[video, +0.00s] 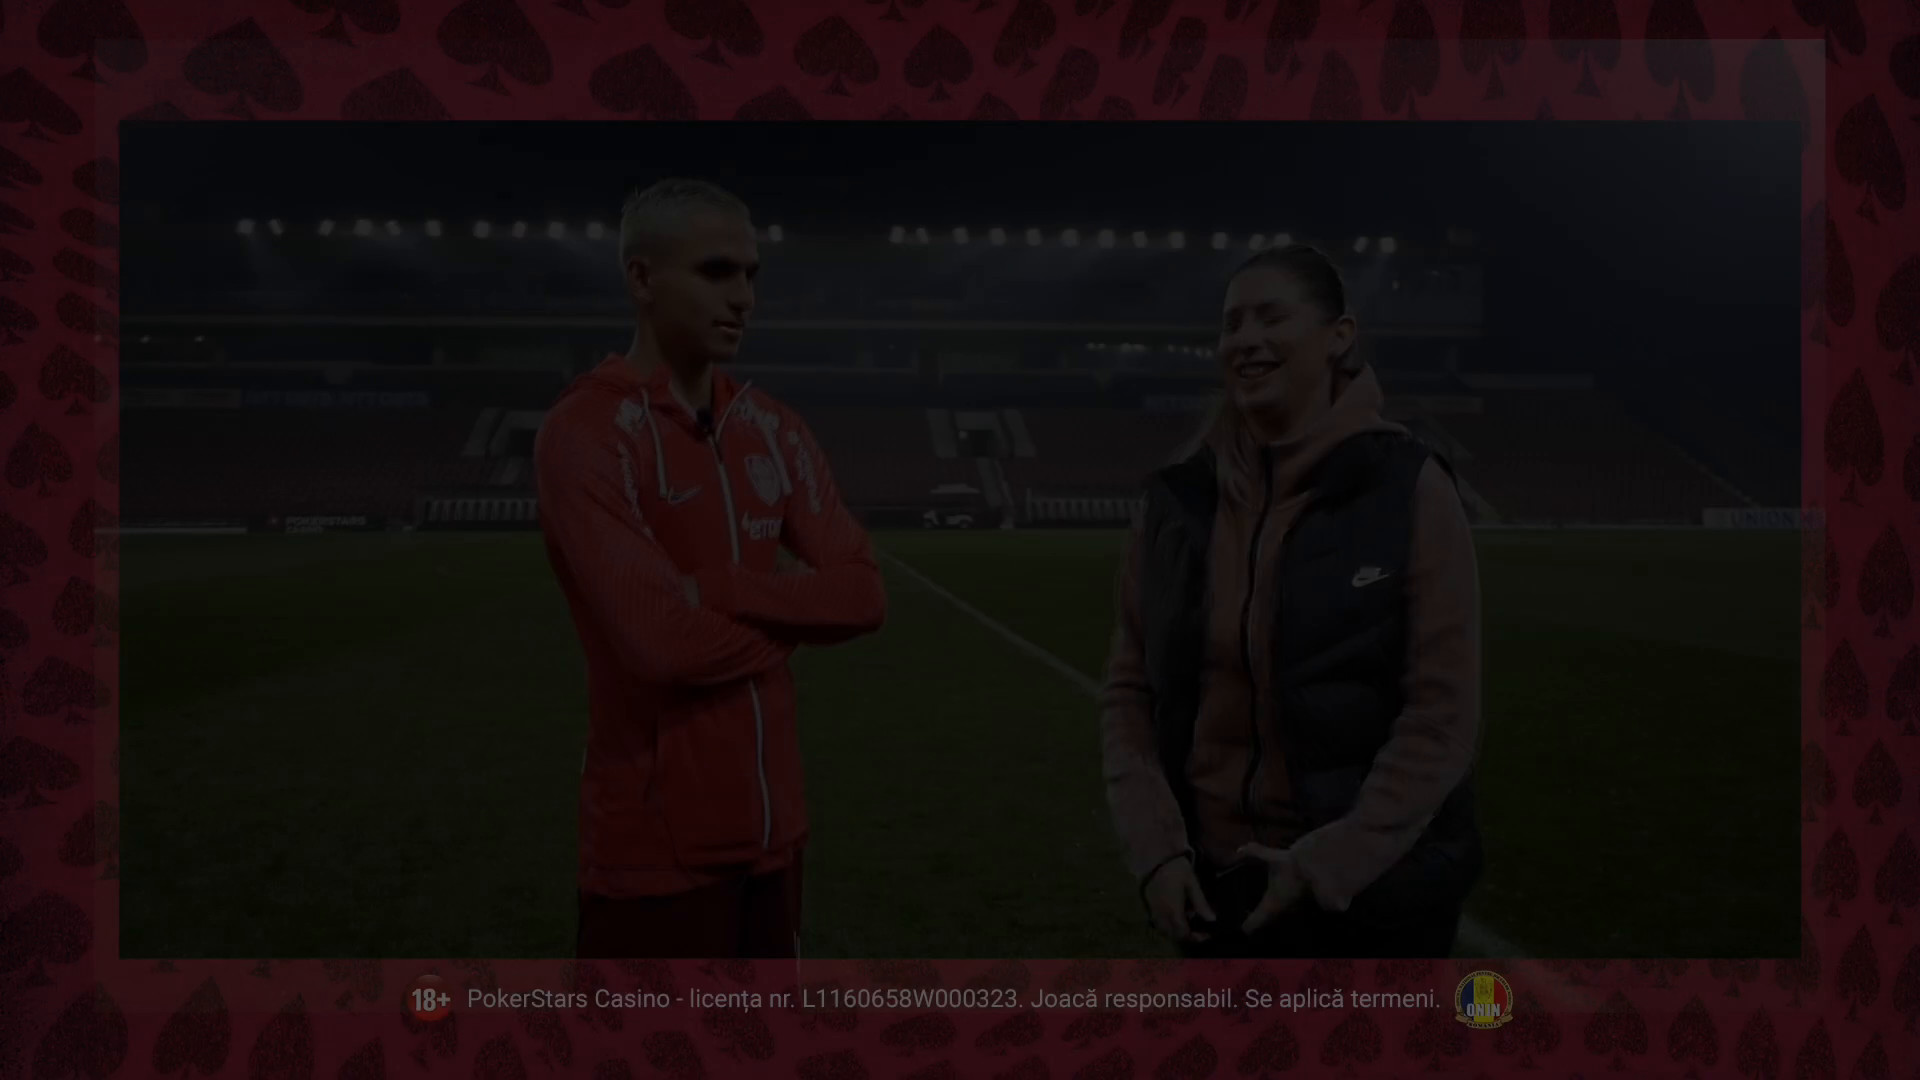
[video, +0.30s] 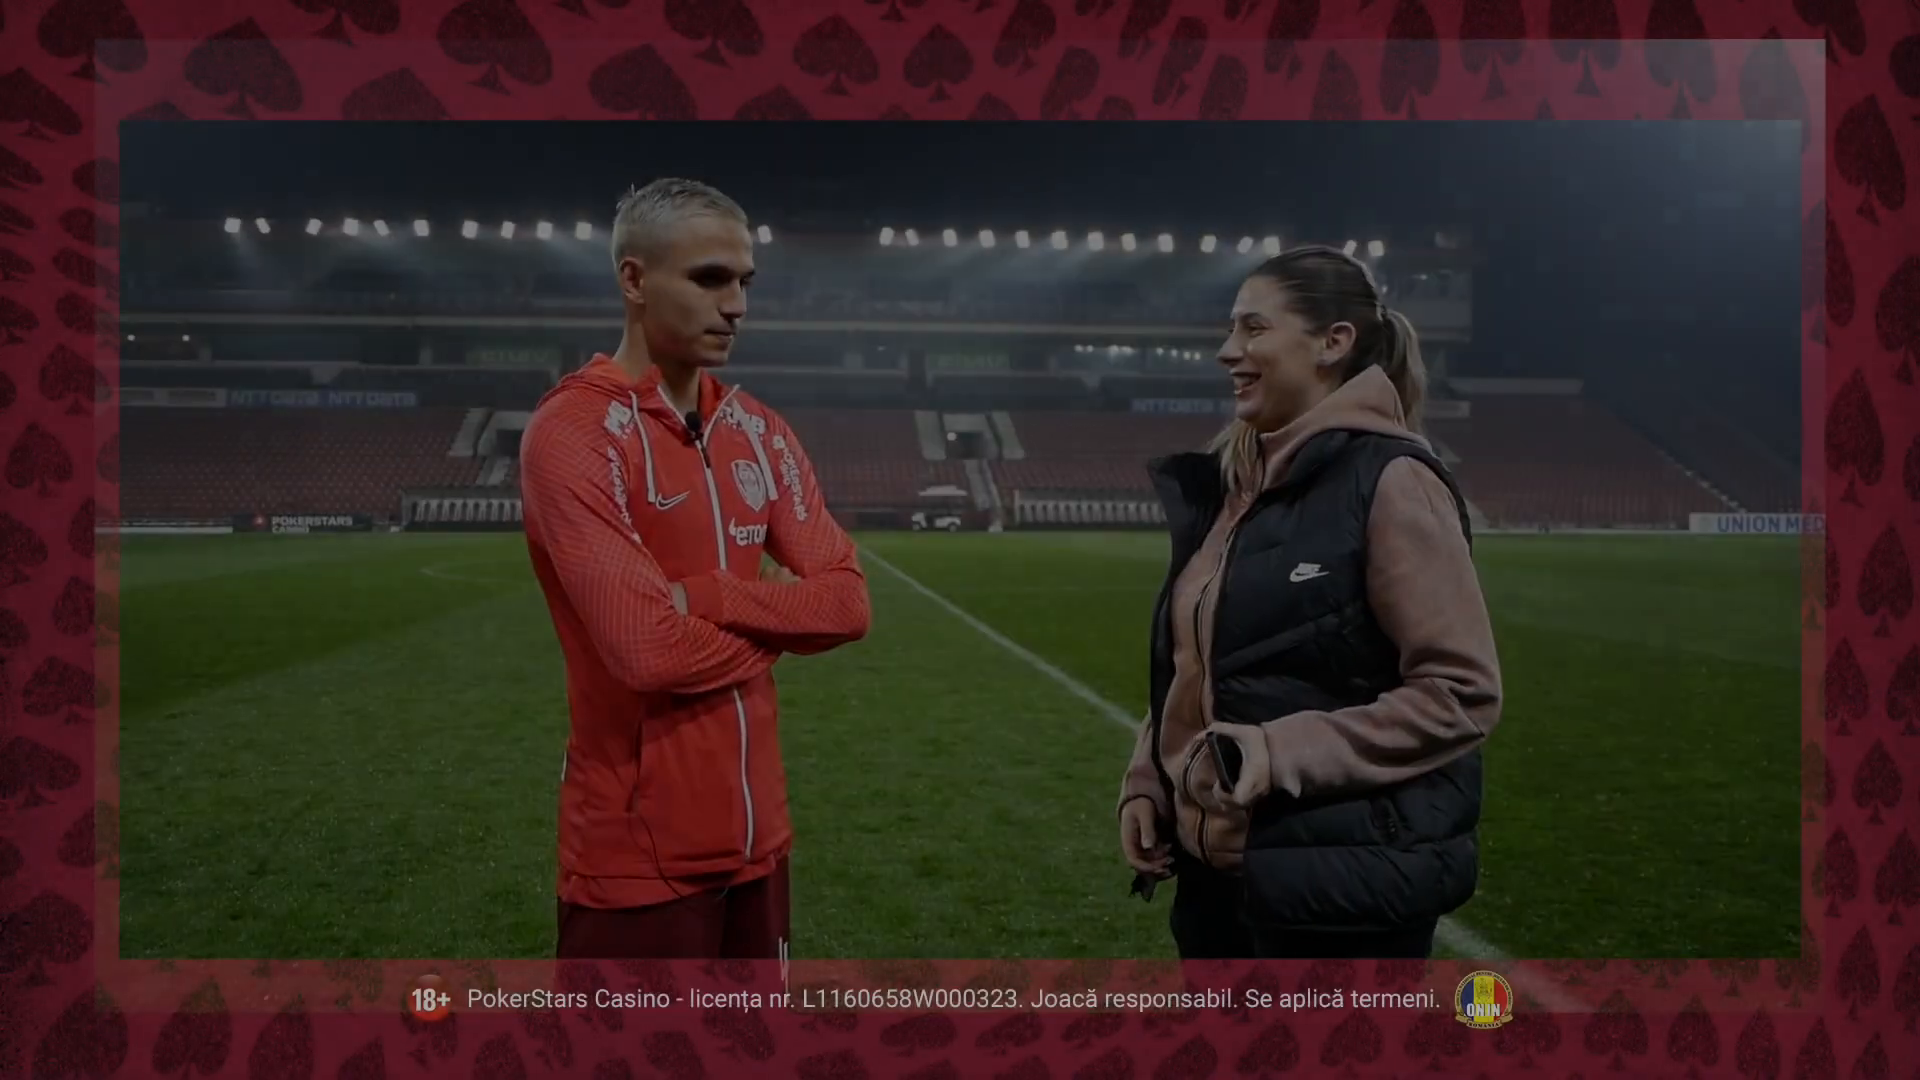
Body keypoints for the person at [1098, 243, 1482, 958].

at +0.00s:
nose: (1248, 340)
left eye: (1273, 317)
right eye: (1233, 325)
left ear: (1339, 334)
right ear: (1218, 348)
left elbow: (1444, 714)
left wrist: (1325, 862)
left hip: (1373, 873)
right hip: (1216, 877)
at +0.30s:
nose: (1229, 352)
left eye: (1253, 328)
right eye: (1232, 331)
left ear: (1335, 342)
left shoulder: (1394, 482)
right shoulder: (1240, 484)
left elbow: (1462, 693)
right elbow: (1194, 678)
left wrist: (1275, 752)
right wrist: (1145, 780)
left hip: (1345, 902)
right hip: (1225, 895)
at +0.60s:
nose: (1250, 353)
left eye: (1274, 331)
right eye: (1258, 332)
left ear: (1351, 350)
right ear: (1345, 353)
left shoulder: (1397, 502)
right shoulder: (1301, 486)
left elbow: (1410, 732)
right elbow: (1223, 640)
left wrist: (1223, 725)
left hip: (1360, 915)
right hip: (1282, 901)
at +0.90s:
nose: (1237, 358)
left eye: (1260, 337)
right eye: (1246, 338)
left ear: (1334, 357)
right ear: (1329, 359)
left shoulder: (1380, 511)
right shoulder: (1279, 492)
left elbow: (1395, 743)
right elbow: (1119, 534)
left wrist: (1215, 727)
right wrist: (1071, 405)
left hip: (1345, 917)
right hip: (1276, 904)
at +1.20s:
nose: (1195, 377)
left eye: (1213, 354)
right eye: (1202, 353)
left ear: (1285, 370)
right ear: (1279, 371)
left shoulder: (1345, 516)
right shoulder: (1244, 497)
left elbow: (1369, 743)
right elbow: (1088, 531)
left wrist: (1185, 734)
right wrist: (1069, 404)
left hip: (1301, 918)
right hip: (1234, 903)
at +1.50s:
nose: (1172, 381)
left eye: (1192, 358)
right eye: (1180, 358)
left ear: (1267, 377)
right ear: (1264, 379)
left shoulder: (1320, 520)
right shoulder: (1212, 503)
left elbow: (1338, 746)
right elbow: (1057, 539)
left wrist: (1155, 732)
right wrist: (1037, 411)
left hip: (1271, 918)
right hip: (1201, 904)